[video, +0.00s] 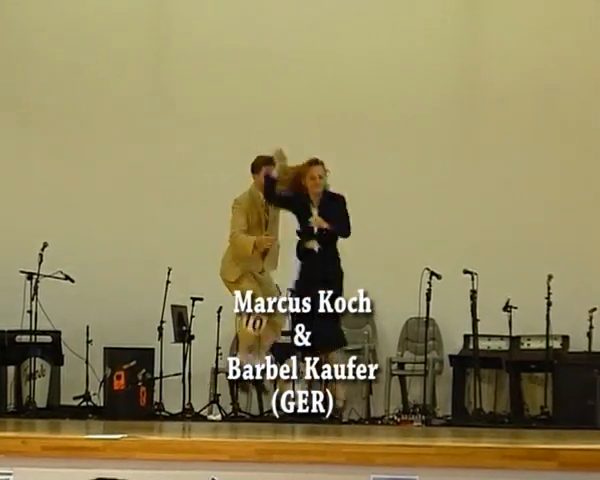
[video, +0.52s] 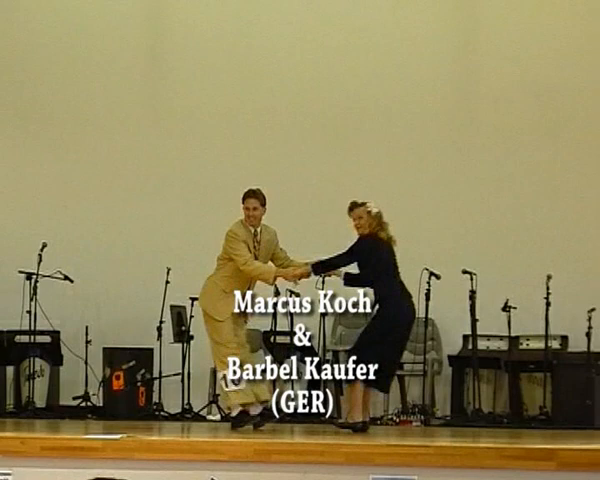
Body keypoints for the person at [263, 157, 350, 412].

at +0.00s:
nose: (317, 182)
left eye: (320, 177)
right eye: (312, 178)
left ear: (325, 178)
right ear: (303, 180)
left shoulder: (335, 200)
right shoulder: (299, 201)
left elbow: (345, 231)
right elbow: (271, 197)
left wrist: (325, 224)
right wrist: (273, 173)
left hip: (330, 266)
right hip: (307, 265)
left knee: (326, 323)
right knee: (305, 320)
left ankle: (332, 387)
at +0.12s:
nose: (322, 205)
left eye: (326, 200)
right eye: (318, 201)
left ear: (335, 200)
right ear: (313, 203)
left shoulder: (340, 226)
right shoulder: (319, 228)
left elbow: (333, 262)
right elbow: (301, 256)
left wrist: (310, 248)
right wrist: (288, 241)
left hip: (344, 298)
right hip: (332, 297)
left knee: (326, 349)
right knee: (322, 349)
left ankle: (348, 410)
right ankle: (344, 409)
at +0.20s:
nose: (324, 225)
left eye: (327, 220)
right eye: (323, 221)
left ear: (339, 219)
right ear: (323, 223)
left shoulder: (342, 248)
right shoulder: (340, 247)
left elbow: (325, 277)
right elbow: (325, 276)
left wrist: (294, 272)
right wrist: (295, 272)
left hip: (356, 315)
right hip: (355, 314)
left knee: (329, 364)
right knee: (337, 365)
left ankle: (350, 418)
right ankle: (356, 416)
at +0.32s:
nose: (332, 237)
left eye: (336, 233)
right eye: (333, 233)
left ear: (348, 234)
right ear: (350, 235)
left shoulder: (349, 258)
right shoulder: (359, 256)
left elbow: (323, 284)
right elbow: (325, 283)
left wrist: (291, 291)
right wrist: (293, 291)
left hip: (373, 324)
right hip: (381, 323)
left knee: (331, 364)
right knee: (355, 367)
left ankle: (350, 418)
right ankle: (359, 418)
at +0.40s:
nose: (341, 234)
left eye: (344, 230)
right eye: (341, 230)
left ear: (356, 231)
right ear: (360, 232)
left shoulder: (353, 256)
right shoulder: (372, 255)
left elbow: (326, 275)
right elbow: (356, 290)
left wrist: (298, 283)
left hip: (380, 320)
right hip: (392, 320)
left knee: (339, 361)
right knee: (352, 362)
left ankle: (349, 419)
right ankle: (357, 418)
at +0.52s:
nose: (356, 224)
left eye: (360, 219)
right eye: (354, 220)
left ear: (373, 218)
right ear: (354, 221)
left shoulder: (366, 243)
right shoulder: (382, 243)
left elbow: (338, 261)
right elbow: (373, 280)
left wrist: (306, 271)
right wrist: (341, 276)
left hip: (391, 310)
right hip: (403, 310)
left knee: (356, 358)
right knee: (366, 361)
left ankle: (354, 416)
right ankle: (363, 416)